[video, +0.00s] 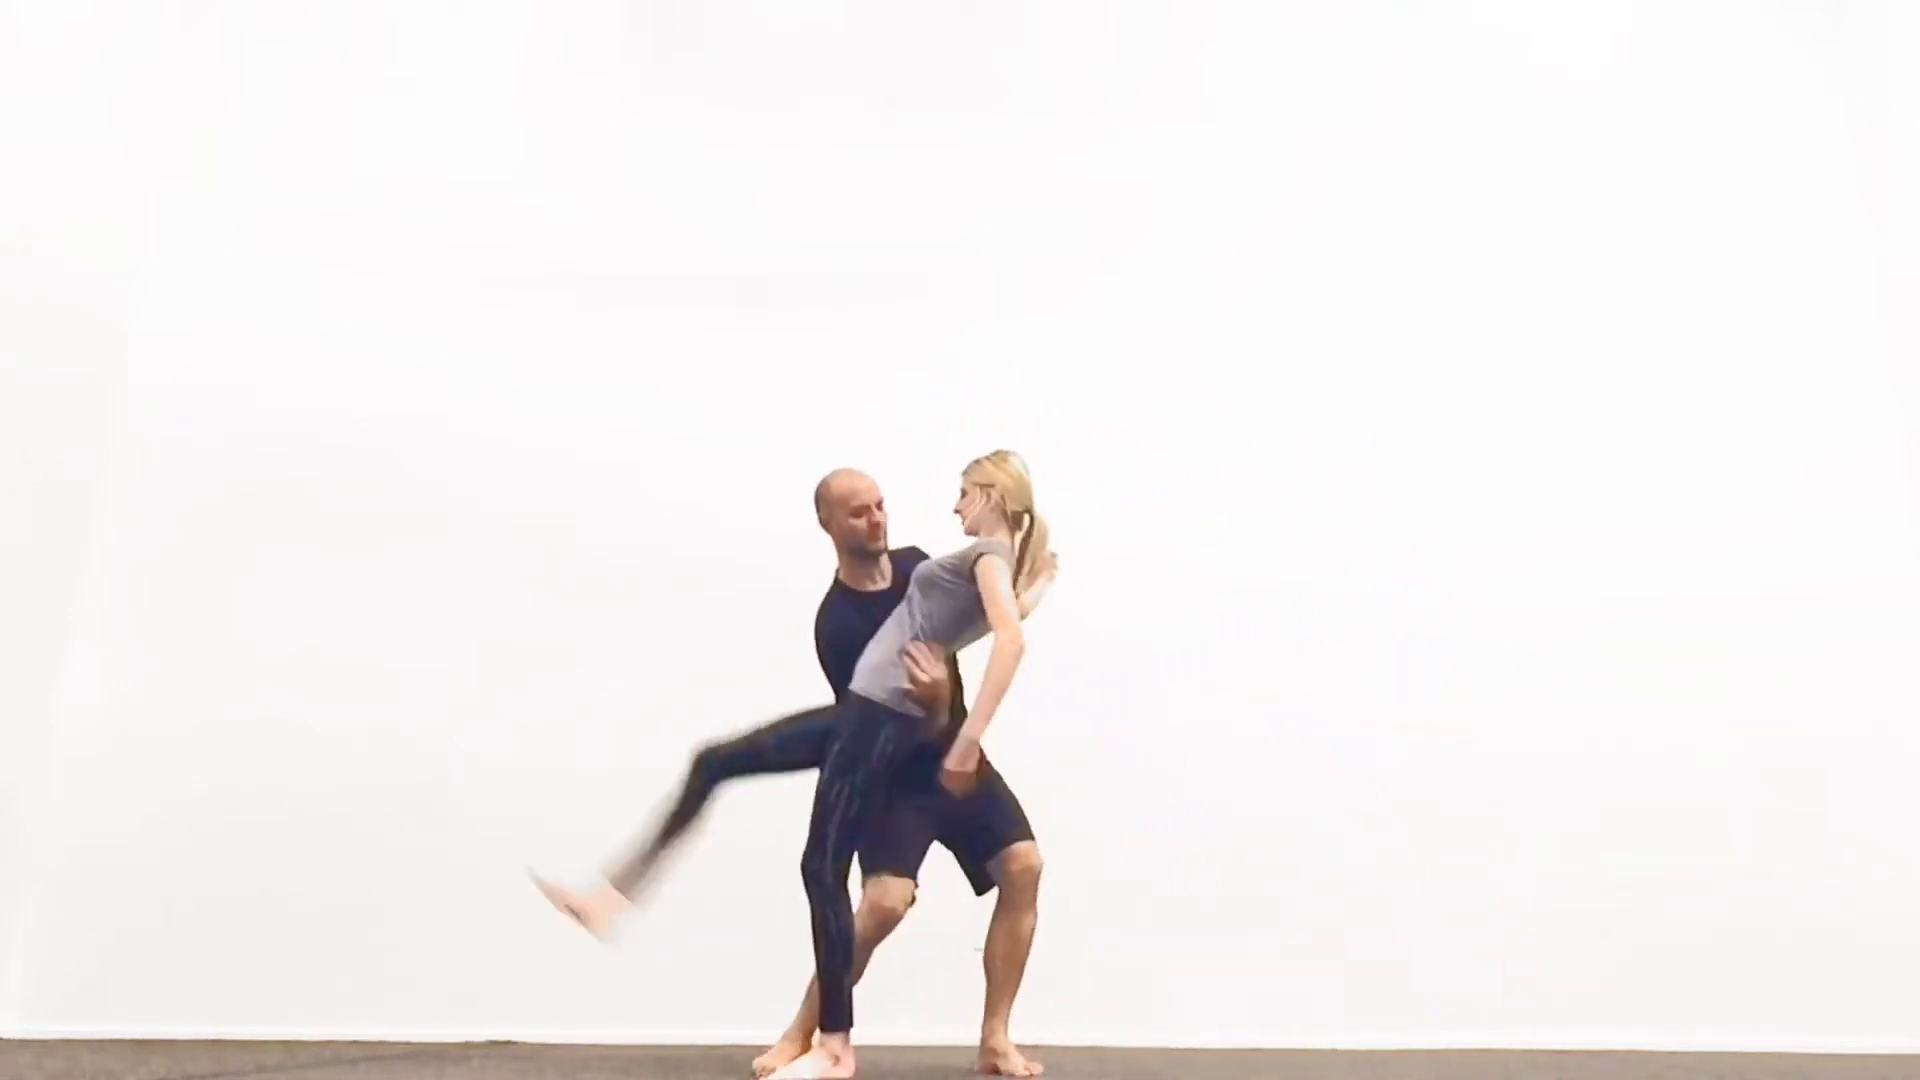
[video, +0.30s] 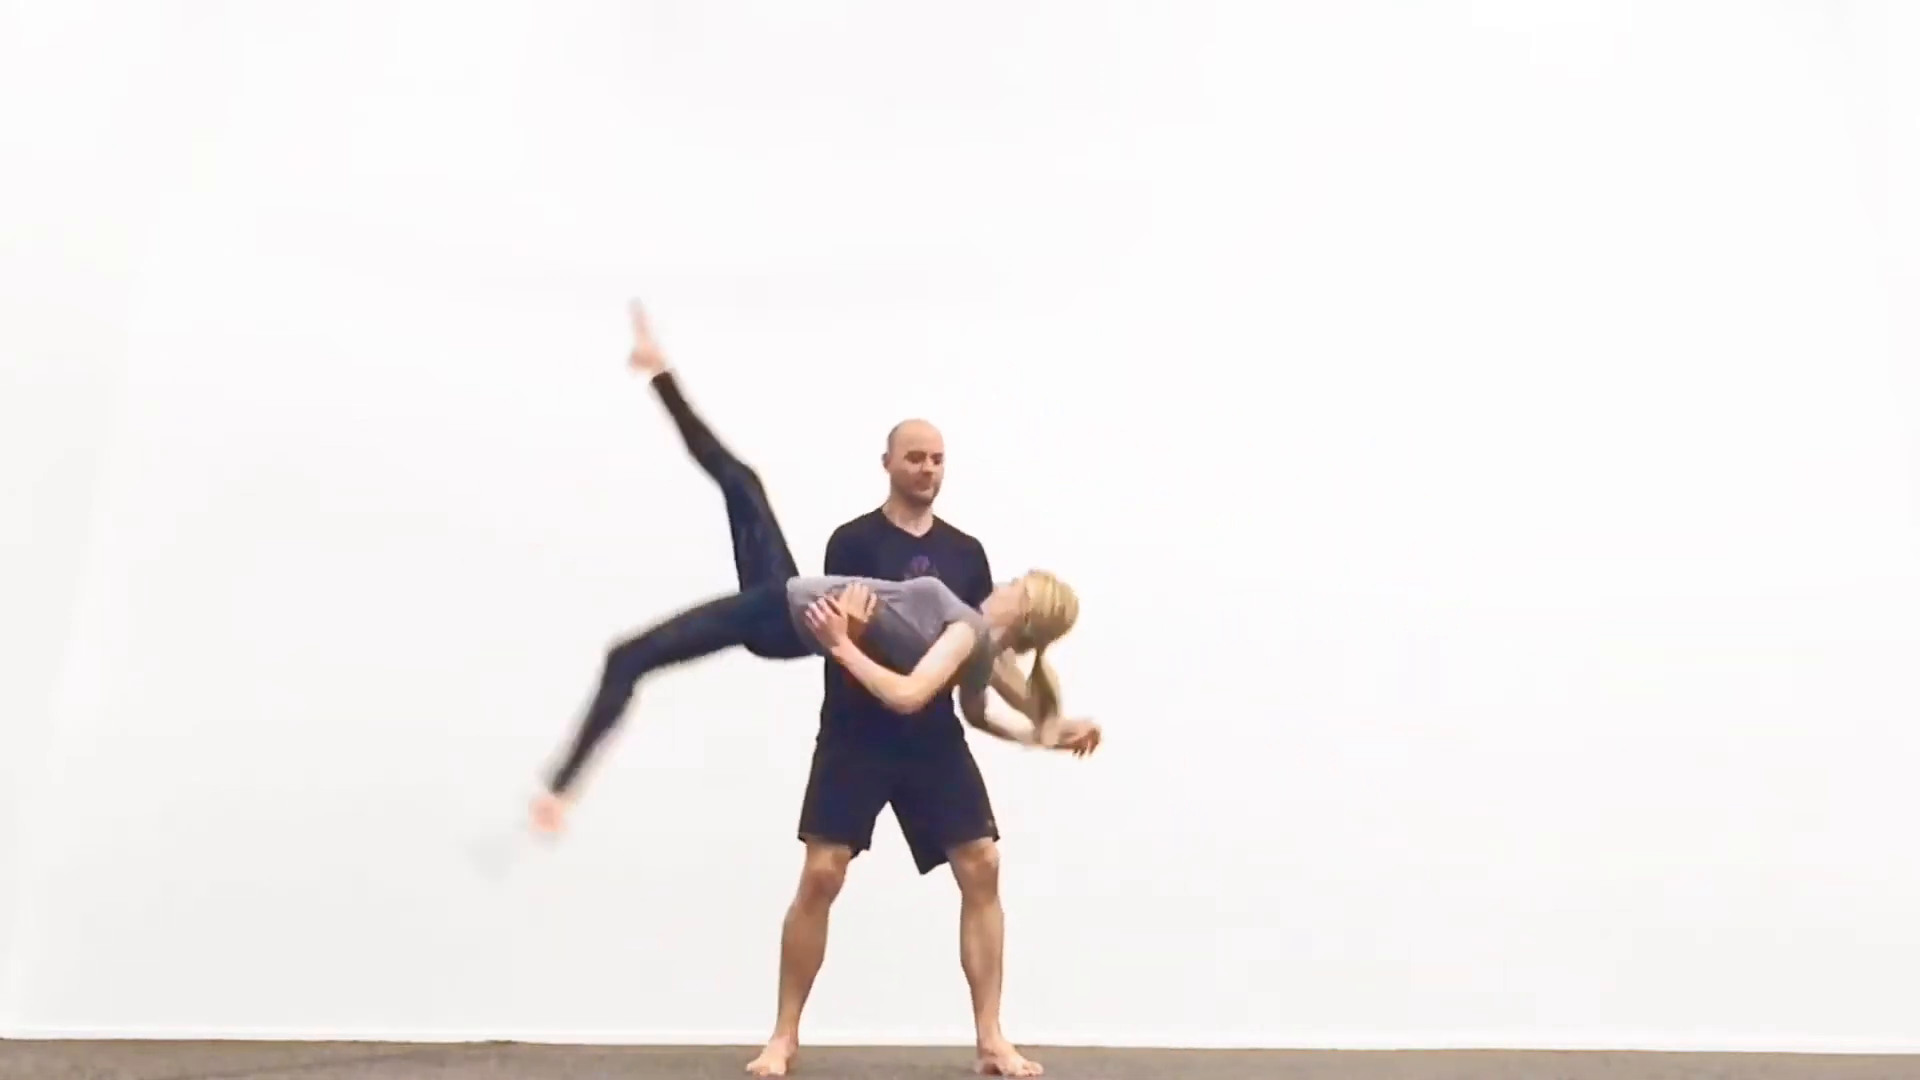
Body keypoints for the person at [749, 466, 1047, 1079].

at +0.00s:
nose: (877, 518)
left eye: (879, 505)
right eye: (860, 513)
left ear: (886, 504)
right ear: (828, 526)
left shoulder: (915, 564)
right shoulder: (835, 624)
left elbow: (952, 660)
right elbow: (870, 725)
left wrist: (951, 700)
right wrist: (939, 701)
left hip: (951, 750)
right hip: (893, 767)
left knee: (1023, 868)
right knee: (888, 902)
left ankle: (996, 1040)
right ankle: (799, 1036)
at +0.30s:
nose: (928, 468)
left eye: (936, 459)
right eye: (916, 457)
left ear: (945, 466)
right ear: (887, 463)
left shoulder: (965, 552)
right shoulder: (851, 543)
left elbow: (988, 660)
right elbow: (820, 644)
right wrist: (856, 636)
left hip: (935, 738)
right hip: (853, 737)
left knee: (981, 865)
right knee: (820, 876)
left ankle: (991, 1041)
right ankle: (783, 1039)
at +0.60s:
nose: (974, 482)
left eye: (983, 476)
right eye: (966, 466)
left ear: (982, 487)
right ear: (932, 460)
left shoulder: (969, 570)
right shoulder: (858, 511)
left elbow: (971, 666)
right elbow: (776, 572)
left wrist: (973, 707)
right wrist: (795, 576)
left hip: (902, 728)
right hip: (820, 711)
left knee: (935, 874)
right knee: (801, 872)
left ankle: (986, 1040)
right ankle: (778, 1038)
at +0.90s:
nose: (984, 509)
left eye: (996, 505)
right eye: (978, 494)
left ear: (996, 516)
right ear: (945, 487)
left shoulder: (963, 586)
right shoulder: (877, 527)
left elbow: (941, 692)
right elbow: (793, 576)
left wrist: (942, 688)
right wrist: (818, 548)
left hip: (891, 719)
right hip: (813, 707)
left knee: (941, 862)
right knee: (792, 874)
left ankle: (985, 1033)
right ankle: (776, 1038)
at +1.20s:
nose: (1025, 519)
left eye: (1031, 513)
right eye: (1021, 504)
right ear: (985, 487)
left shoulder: (987, 585)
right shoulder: (928, 512)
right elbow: (873, 587)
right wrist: (946, 594)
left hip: (932, 729)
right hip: (854, 720)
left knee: (984, 863)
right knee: (816, 878)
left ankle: (991, 1038)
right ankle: (779, 1036)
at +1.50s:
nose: (1059, 491)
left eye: (1065, 485)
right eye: (1053, 477)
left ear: (1034, 481)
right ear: (1014, 465)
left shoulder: (1006, 545)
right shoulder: (977, 505)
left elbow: (1010, 632)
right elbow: (1000, 580)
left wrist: (1101, 640)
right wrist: (1095, 626)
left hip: (963, 709)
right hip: (896, 706)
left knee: (1005, 864)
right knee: (845, 870)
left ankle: (991, 1040)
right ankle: (783, 1029)